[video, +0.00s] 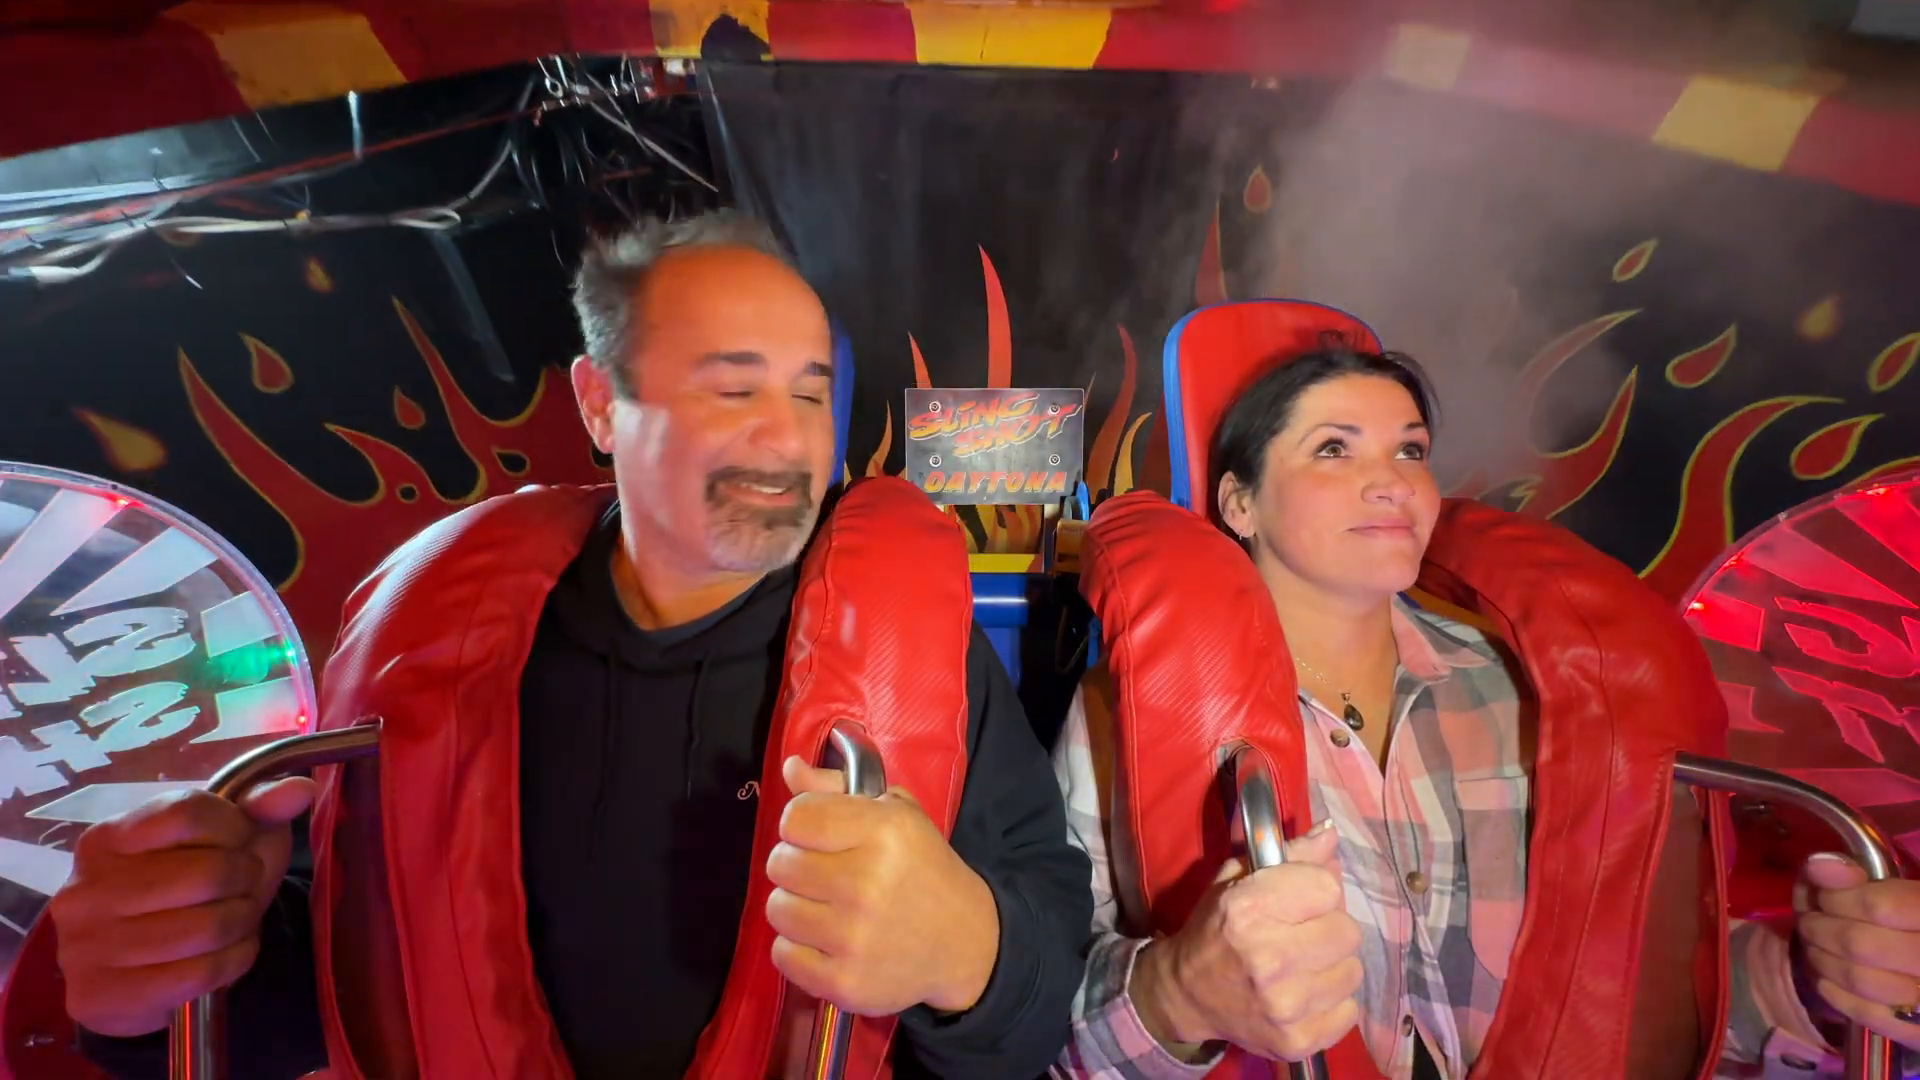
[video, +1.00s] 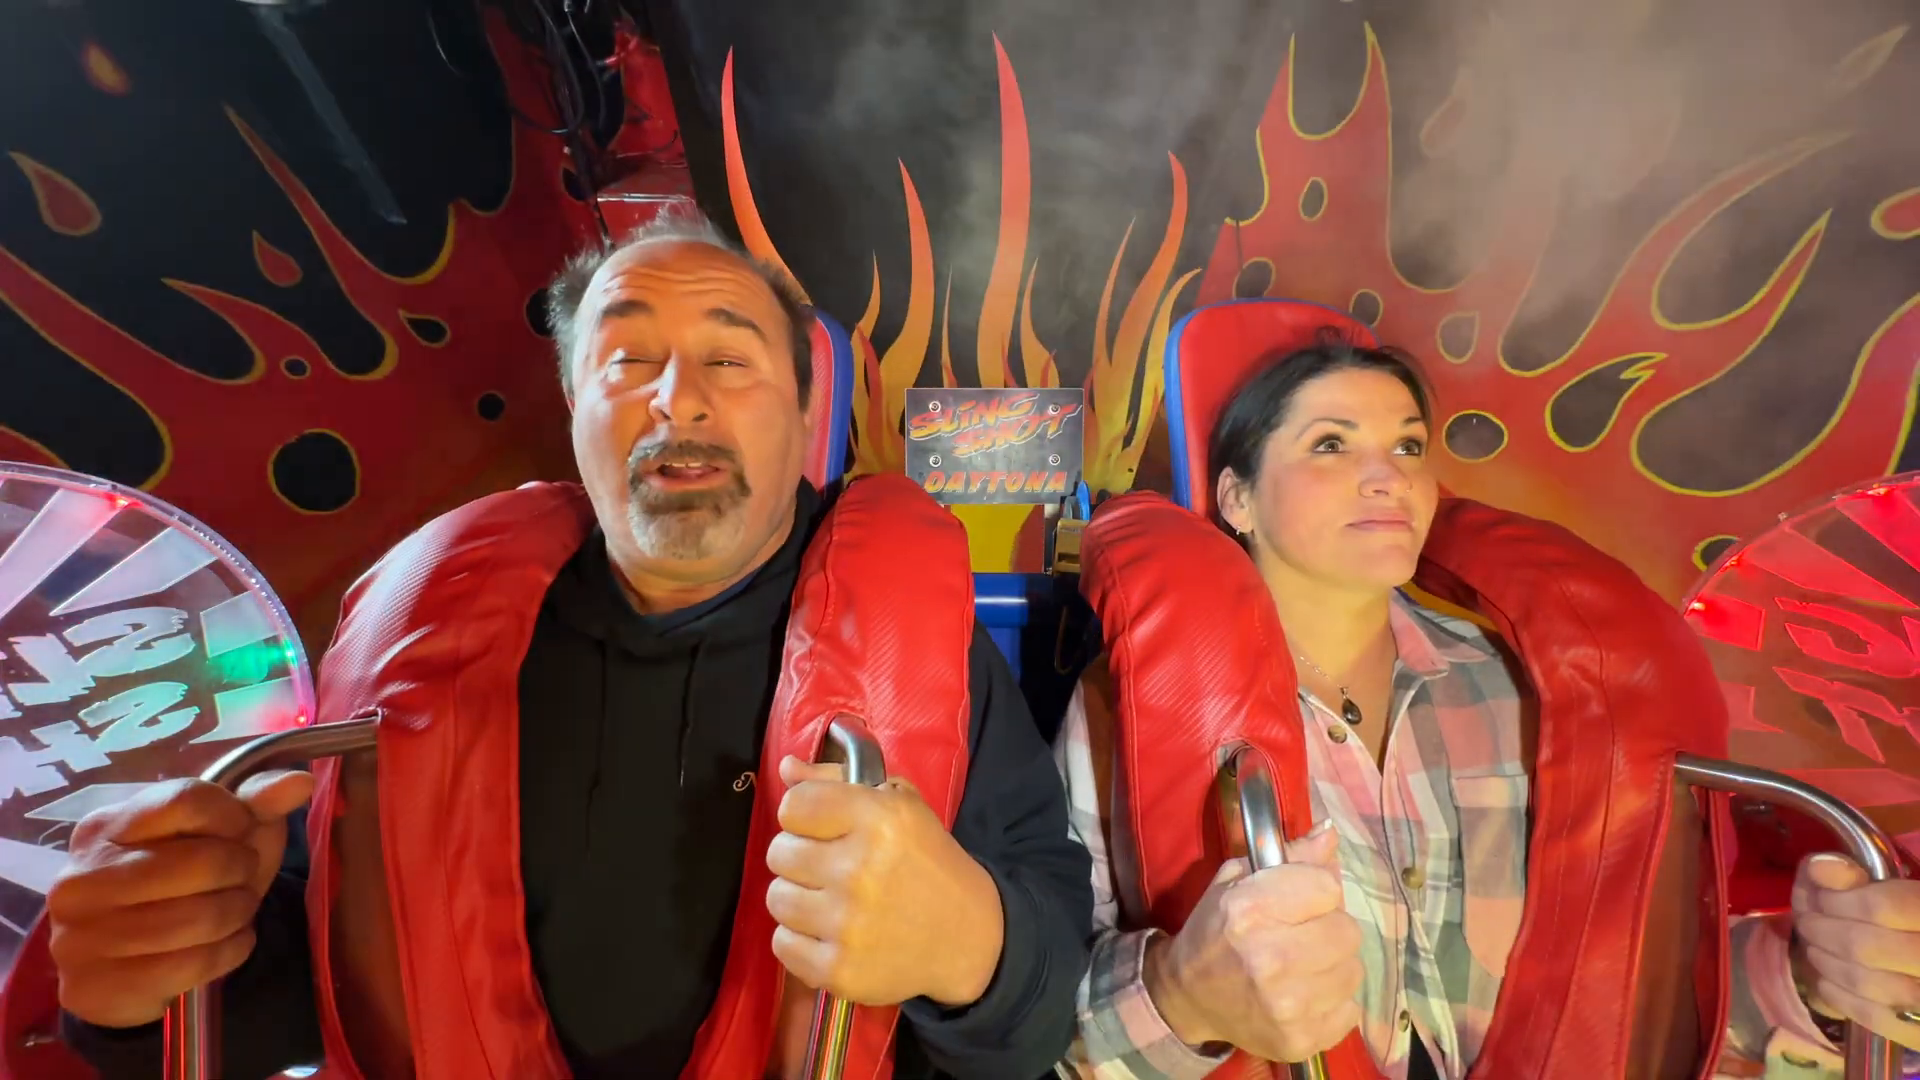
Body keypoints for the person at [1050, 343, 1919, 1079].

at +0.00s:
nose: (1391, 481)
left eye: (1410, 453)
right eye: (1333, 451)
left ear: (1435, 493)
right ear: (1240, 505)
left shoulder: (1522, 695)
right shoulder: (1143, 716)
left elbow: (1612, 974)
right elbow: (1047, 1040)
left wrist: (1804, 975)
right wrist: (1174, 998)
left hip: (1499, 1069)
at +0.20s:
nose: (1393, 482)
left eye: (1410, 452)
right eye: (1334, 451)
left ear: (1434, 489)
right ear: (1240, 503)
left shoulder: (1517, 692)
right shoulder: (1145, 711)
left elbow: (1617, 967)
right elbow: (1052, 1034)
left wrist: (1809, 973)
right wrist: (1171, 996)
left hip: (1497, 1065)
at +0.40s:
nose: (1391, 480)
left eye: (1409, 453)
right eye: (1334, 451)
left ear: (1434, 494)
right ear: (1239, 501)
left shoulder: (1512, 692)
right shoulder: (1144, 711)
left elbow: (1604, 970)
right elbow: (1054, 1035)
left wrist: (1790, 973)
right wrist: (1174, 999)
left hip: (1488, 1064)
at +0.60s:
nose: (1391, 479)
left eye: (1410, 451)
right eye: (1332, 448)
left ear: (1436, 491)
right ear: (1237, 500)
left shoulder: (1519, 692)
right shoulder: (1142, 711)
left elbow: (1620, 964)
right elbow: (1053, 1034)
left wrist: (1809, 971)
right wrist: (1173, 1000)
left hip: (1492, 1066)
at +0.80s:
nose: (1387, 478)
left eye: (1408, 448)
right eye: (1330, 447)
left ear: (1435, 487)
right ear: (1236, 500)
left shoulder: (1515, 691)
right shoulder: (1142, 710)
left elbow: (1614, 963)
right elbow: (1048, 1035)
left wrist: (1805, 970)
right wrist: (1173, 1001)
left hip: (1488, 1066)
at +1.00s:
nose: (1388, 478)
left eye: (1408, 447)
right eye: (1330, 447)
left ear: (1437, 485)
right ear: (1238, 500)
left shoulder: (1514, 693)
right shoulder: (1141, 712)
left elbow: (1599, 975)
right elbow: (1041, 1028)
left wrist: (1793, 968)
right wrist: (1170, 1000)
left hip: (1488, 1067)